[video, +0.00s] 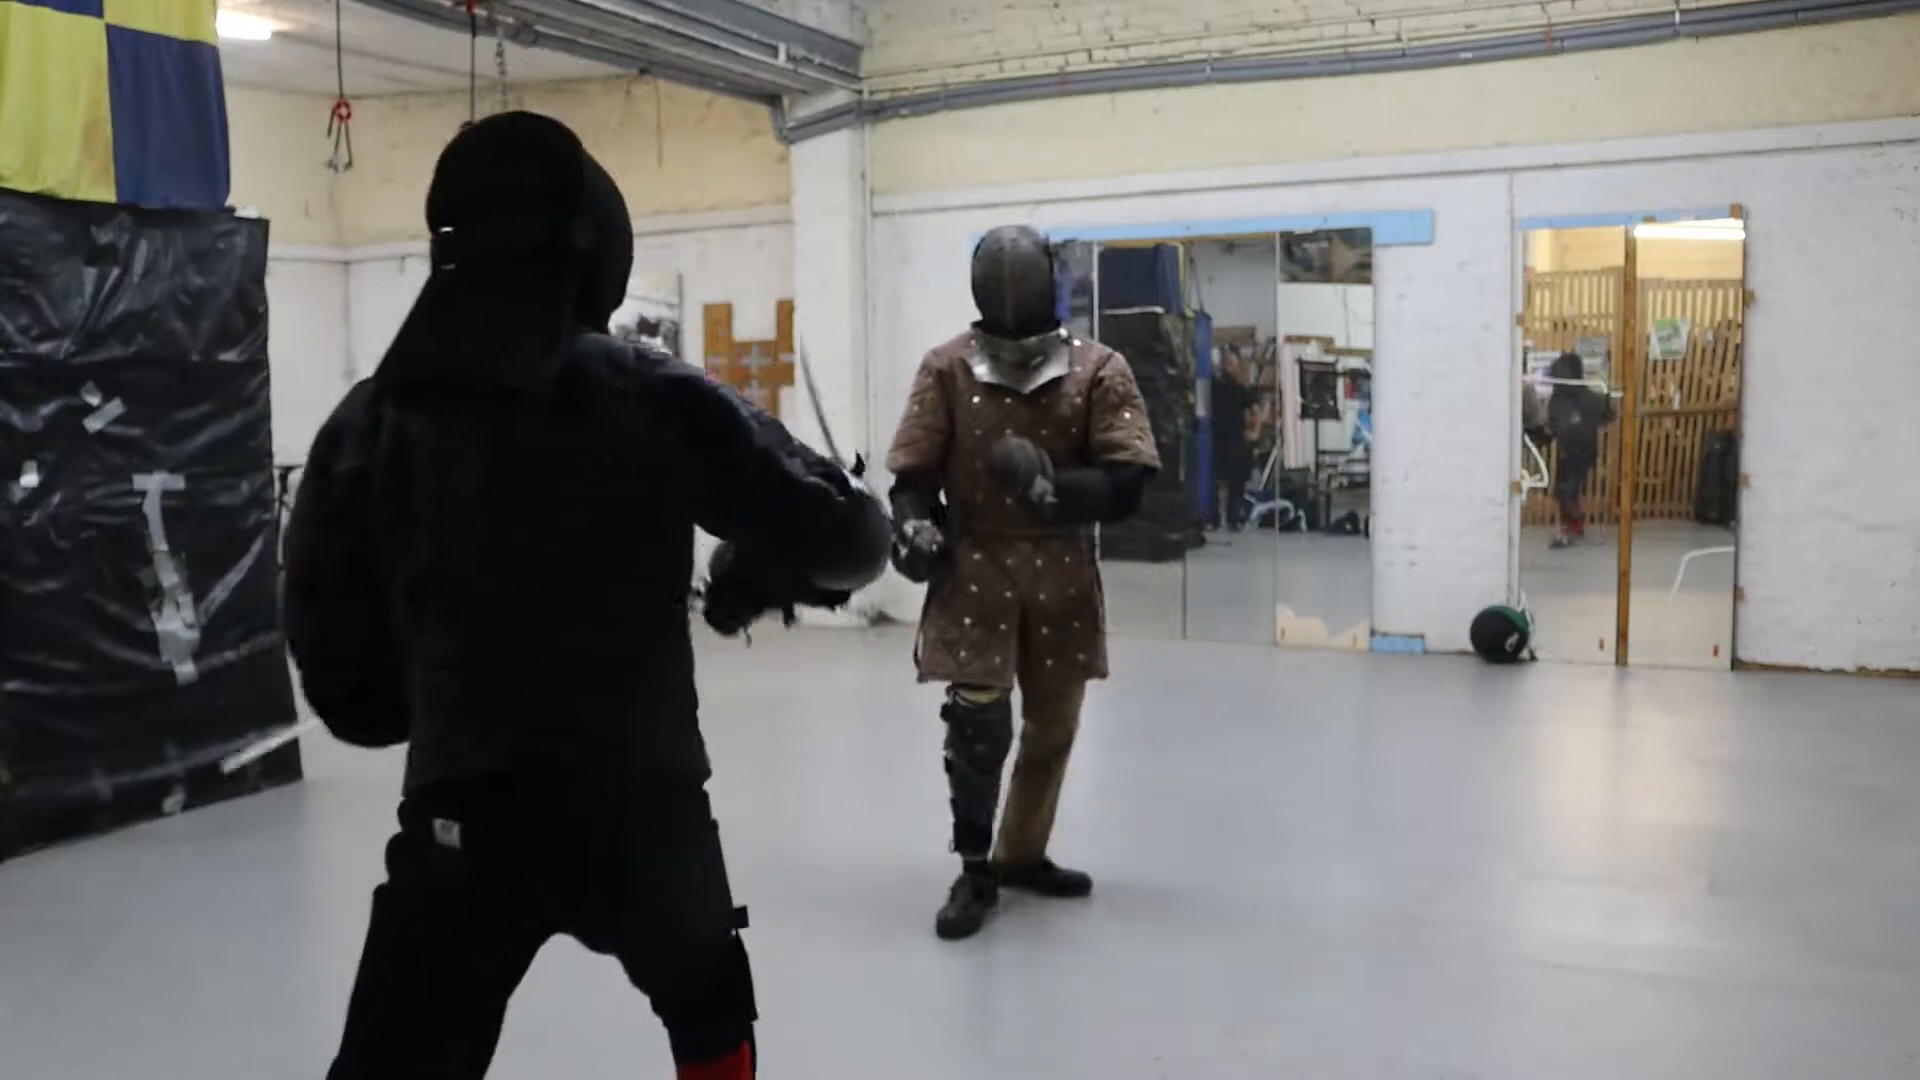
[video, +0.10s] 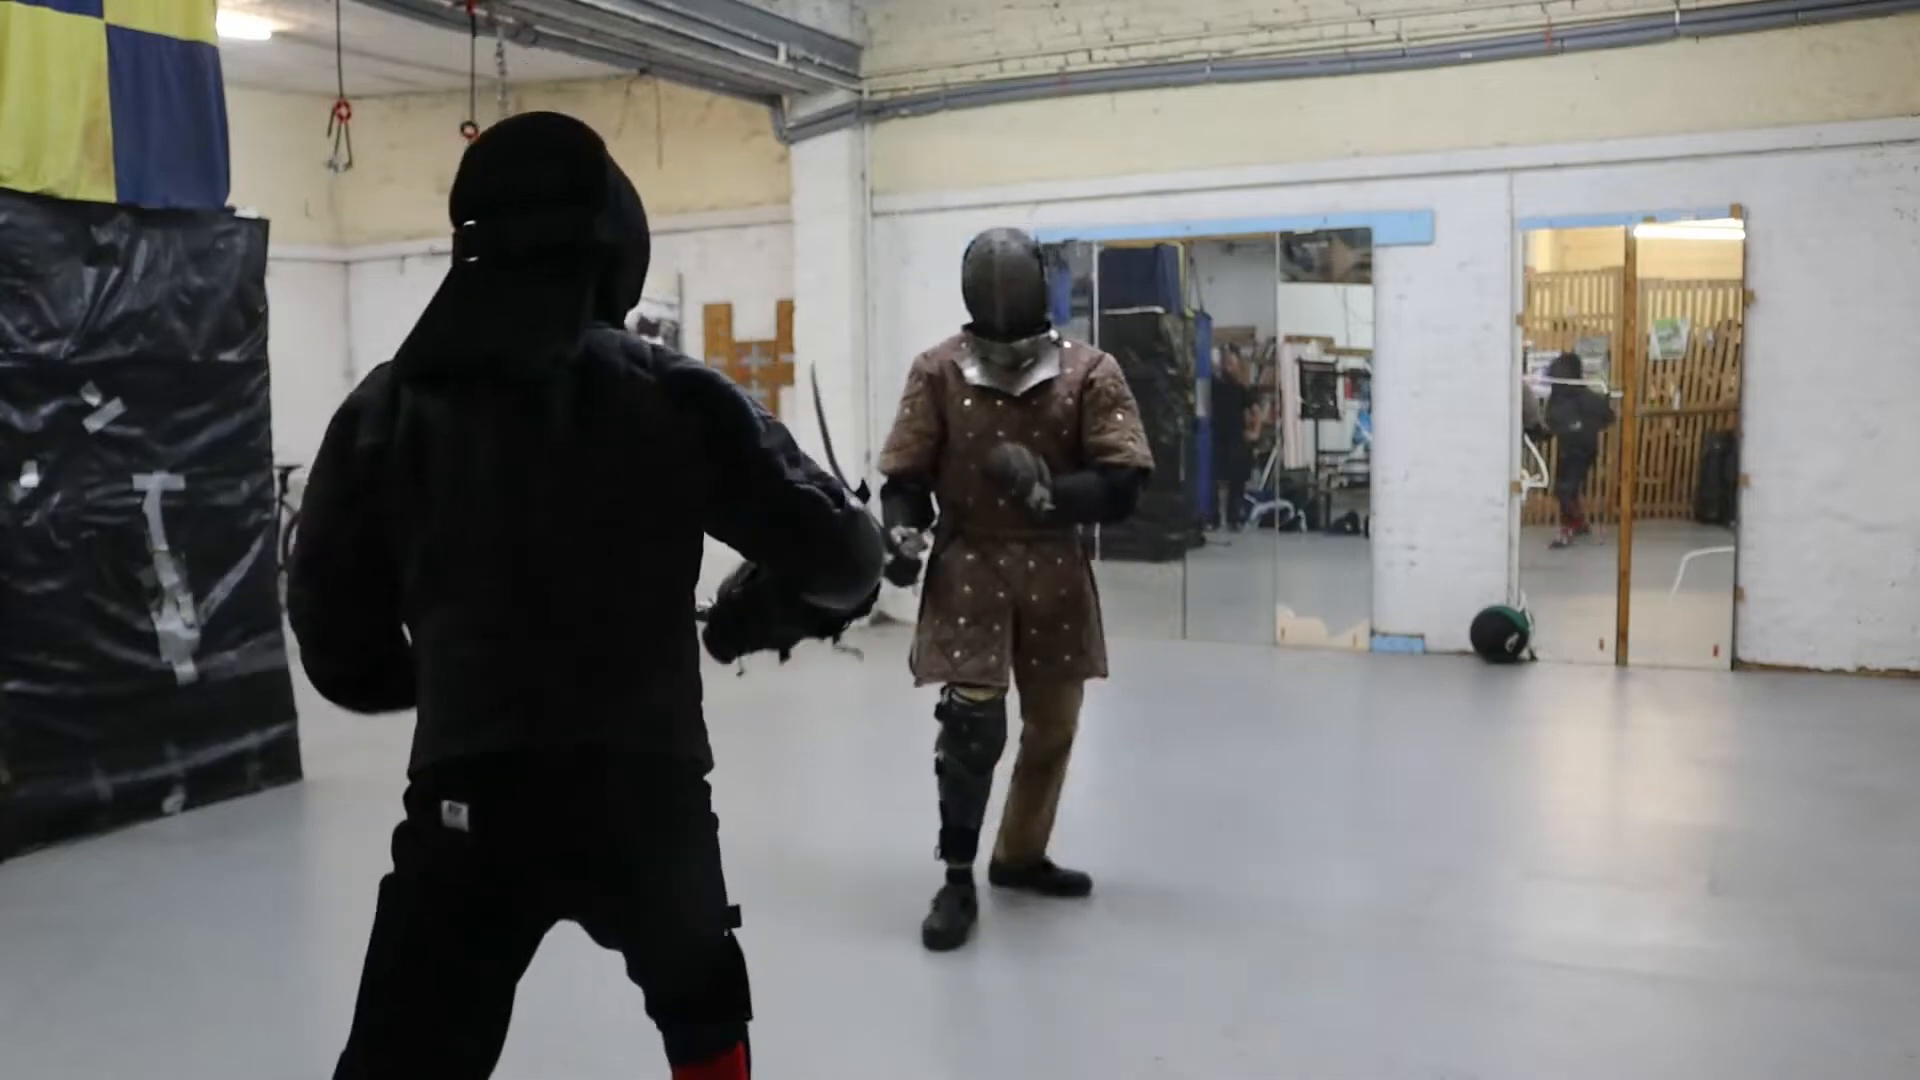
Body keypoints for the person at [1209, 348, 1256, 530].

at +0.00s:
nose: (1228, 365)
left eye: (1231, 360)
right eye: (1225, 360)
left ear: (1238, 363)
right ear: (1220, 362)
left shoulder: (1243, 389)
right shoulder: (1212, 386)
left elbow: (1255, 411)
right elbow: (1204, 409)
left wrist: (1254, 432)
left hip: (1238, 437)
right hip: (1215, 437)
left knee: (1236, 481)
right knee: (1212, 480)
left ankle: (1233, 519)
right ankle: (1212, 518)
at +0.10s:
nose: (1228, 365)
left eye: (1231, 360)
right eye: (1225, 360)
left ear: (1238, 363)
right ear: (1220, 362)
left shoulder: (1243, 389)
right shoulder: (1212, 386)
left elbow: (1256, 412)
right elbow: (1204, 409)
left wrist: (1254, 432)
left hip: (1237, 437)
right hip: (1215, 436)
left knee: (1236, 481)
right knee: (1212, 480)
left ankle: (1233, 519)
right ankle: (1212, 518)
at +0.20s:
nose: (1228, 365)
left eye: (1231, 360)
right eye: (1225, 360)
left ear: (1238, 363)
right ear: (1220, 362)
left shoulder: (1243, 389)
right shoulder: (1212, 386)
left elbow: (1256, 412)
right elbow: (1204, 409)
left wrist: (1254, 432)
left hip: (1237, 437)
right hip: (1215, 436)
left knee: (1236, 481)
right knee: (1213, 480)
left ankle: (1233, 519)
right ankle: (1212, 518)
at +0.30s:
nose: (1228, 365)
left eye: (1231, 361)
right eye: (1225, 360)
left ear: (1238, 363)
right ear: (1220, 362)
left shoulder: (1243, 389)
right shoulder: (1212, 386)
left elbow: (1255, 411)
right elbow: (1204, 409)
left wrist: (1254, 432)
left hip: (1237, 438)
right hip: (1215, 437)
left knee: (1236, 481)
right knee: (1212, 480)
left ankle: (1233, 519)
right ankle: (1212, 518)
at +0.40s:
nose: (1228, 366)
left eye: (1232, 362)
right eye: (1226, 362)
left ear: (1238, 364)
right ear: (1221, 363)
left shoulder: (1242, 389)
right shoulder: (1213, 386)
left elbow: (1255, 411)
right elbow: (1203, 408)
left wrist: (1255, 431)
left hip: (1237, 437)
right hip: (1215, 437)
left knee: (1236, 480)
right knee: (1212, 479)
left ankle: (1233, 519)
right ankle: (1212, 517)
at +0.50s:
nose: (1228, 366)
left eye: (1232, 362)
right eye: (1225, 361)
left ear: (1238, 364)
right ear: (1220, 363)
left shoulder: (1242, 389)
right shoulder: (1212, 386)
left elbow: (1255, 411)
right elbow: (1203, 408)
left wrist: (1255, 432)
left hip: (1237, 437)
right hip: (1214, 437)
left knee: (1237, 480)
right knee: (1212, 479)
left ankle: (1233, 519)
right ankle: (1212, 517)